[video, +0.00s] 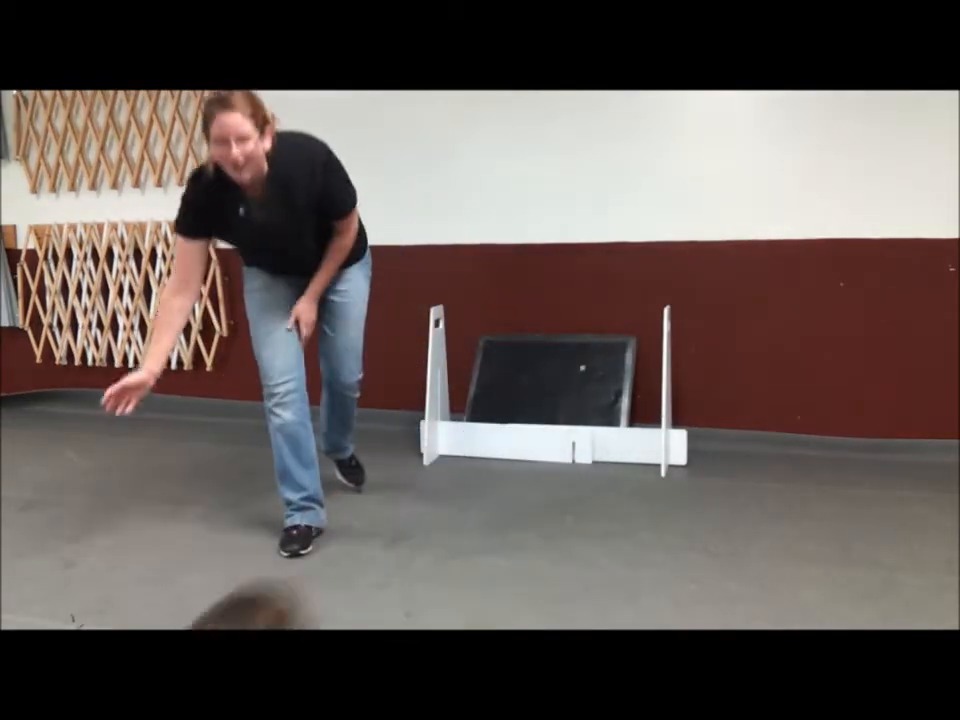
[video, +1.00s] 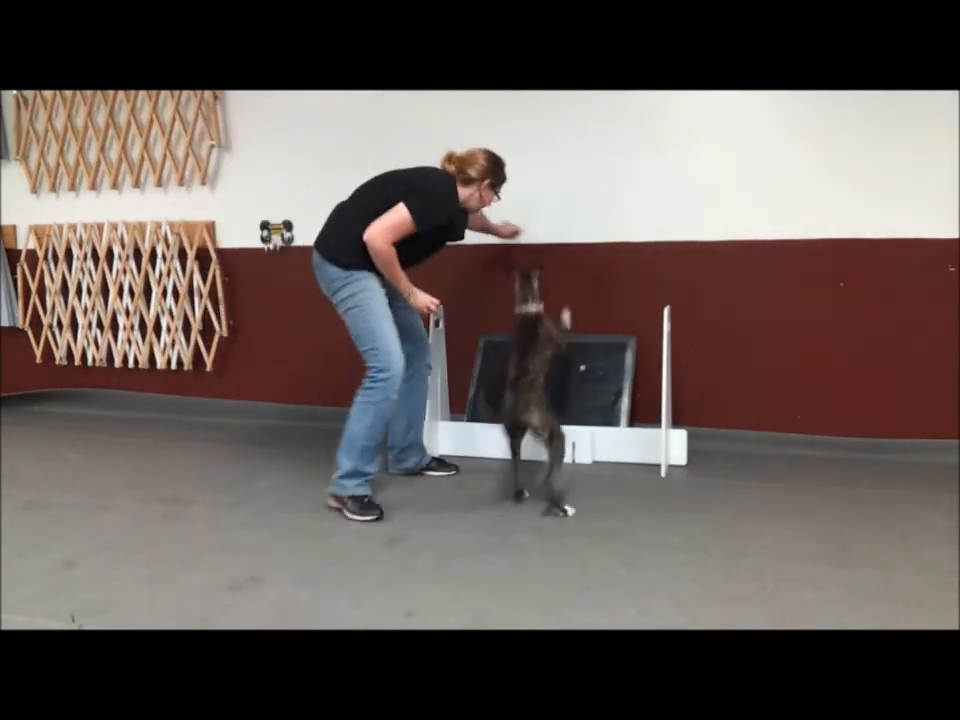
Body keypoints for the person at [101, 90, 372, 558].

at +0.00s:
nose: (234, 153)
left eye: (243, 139)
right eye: (222, 142)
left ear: (265, 134)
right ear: (208, 145)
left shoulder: (310, 159)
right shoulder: (204, 191)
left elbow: (347, 229)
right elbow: (181, 288)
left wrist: (313, 294)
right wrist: (149, 369)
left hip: (339, 264)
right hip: (269, 273)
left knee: (345, 376)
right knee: (282, 390)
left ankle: (339, 446)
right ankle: (302, 511)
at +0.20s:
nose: (240, 92)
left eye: (252, 85)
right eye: (230, 87)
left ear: (274, 92)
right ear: (218, 97)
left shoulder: (311, 131)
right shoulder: (209, 151)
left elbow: (339, 219)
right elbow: (200, 246)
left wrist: (304, 290)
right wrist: (185, 323)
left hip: (333, 265)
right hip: (264, 269)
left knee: (333, 385)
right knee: (280, 389)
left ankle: (315, 474)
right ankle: (301, 512)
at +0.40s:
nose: (352, 126)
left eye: (356, 117)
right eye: (348, 116)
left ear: (328, 107)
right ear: (320, 106)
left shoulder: (338, 156)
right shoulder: (236, 146)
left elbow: (390, 229)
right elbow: (197, 223)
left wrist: (447, 286)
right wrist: (270, 263)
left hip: (307, 275)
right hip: (241, 279)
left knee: (352, 361)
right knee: (247, 393)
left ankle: (384, 461)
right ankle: (214, 495)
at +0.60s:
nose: (432, 162)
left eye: (434, 154)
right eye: (427, 152)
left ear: (408, 151)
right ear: (402, 146)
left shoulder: (404, 196)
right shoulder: (329, 173)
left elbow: (456, 243)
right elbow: (272, 229)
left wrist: (511, 287)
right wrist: (334, 284)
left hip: (346, 286)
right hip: (290, 282)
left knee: (400, 370)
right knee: (279, 394)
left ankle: (404, 455)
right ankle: (220, 518)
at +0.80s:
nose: (487, 199)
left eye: (490, 192)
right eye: (487, 190)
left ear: (465, 182)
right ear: (471, 183)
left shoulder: (456, 221)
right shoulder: (417, 190)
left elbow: (491, 241)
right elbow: (344, 230)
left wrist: (536, 263)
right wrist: (381, 295)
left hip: (368, 277)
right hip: (328, 268)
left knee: (412, 357)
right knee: (335, 374)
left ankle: (407, 456)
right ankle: (275, 497)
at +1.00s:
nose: (492, 201)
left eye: (495, 194)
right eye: (493, 193)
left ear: (475, 183)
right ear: (479, 183)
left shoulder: (453, 201)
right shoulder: (438, 194)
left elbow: (468, 217)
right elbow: (376, 237)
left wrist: (495, 229)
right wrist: (410, 293)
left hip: (379, 265)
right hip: (346, 264)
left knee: (417, 357)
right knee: (387, 366)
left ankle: (407, 457)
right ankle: (349, 486)